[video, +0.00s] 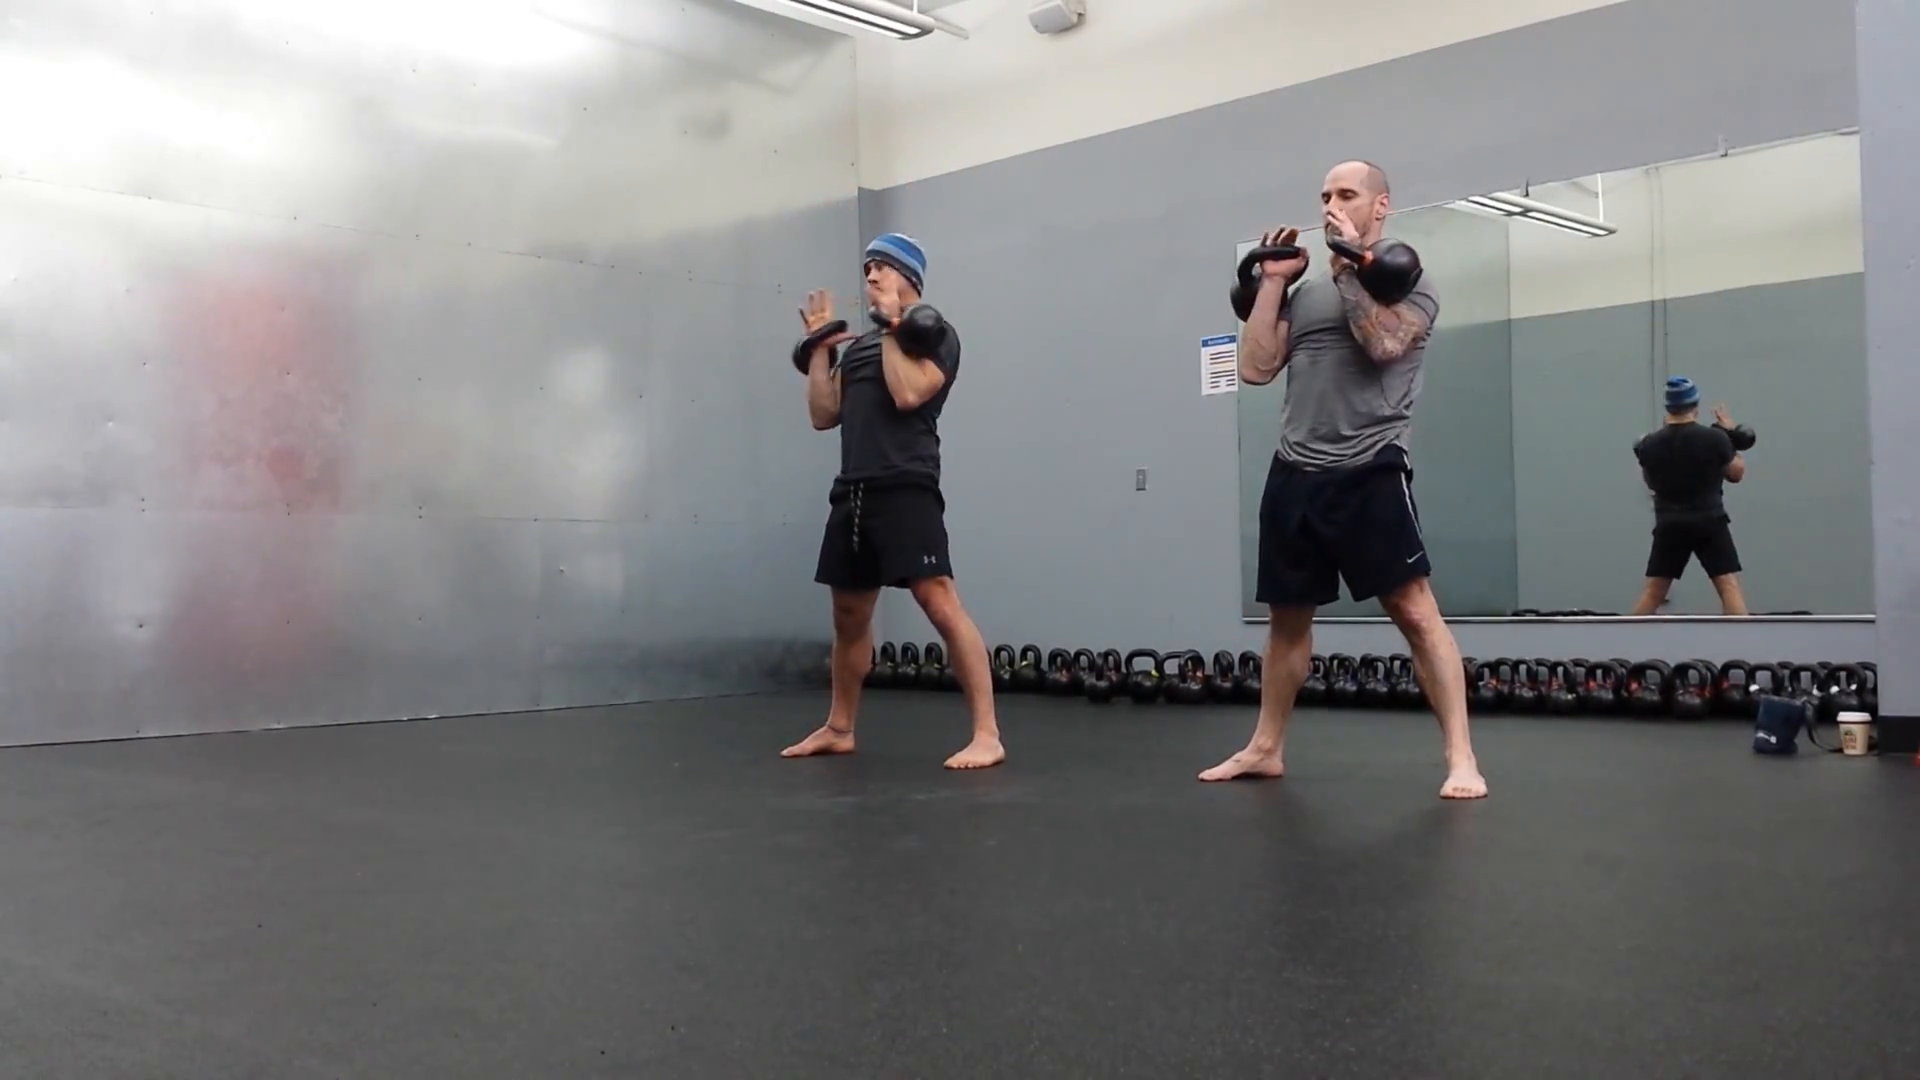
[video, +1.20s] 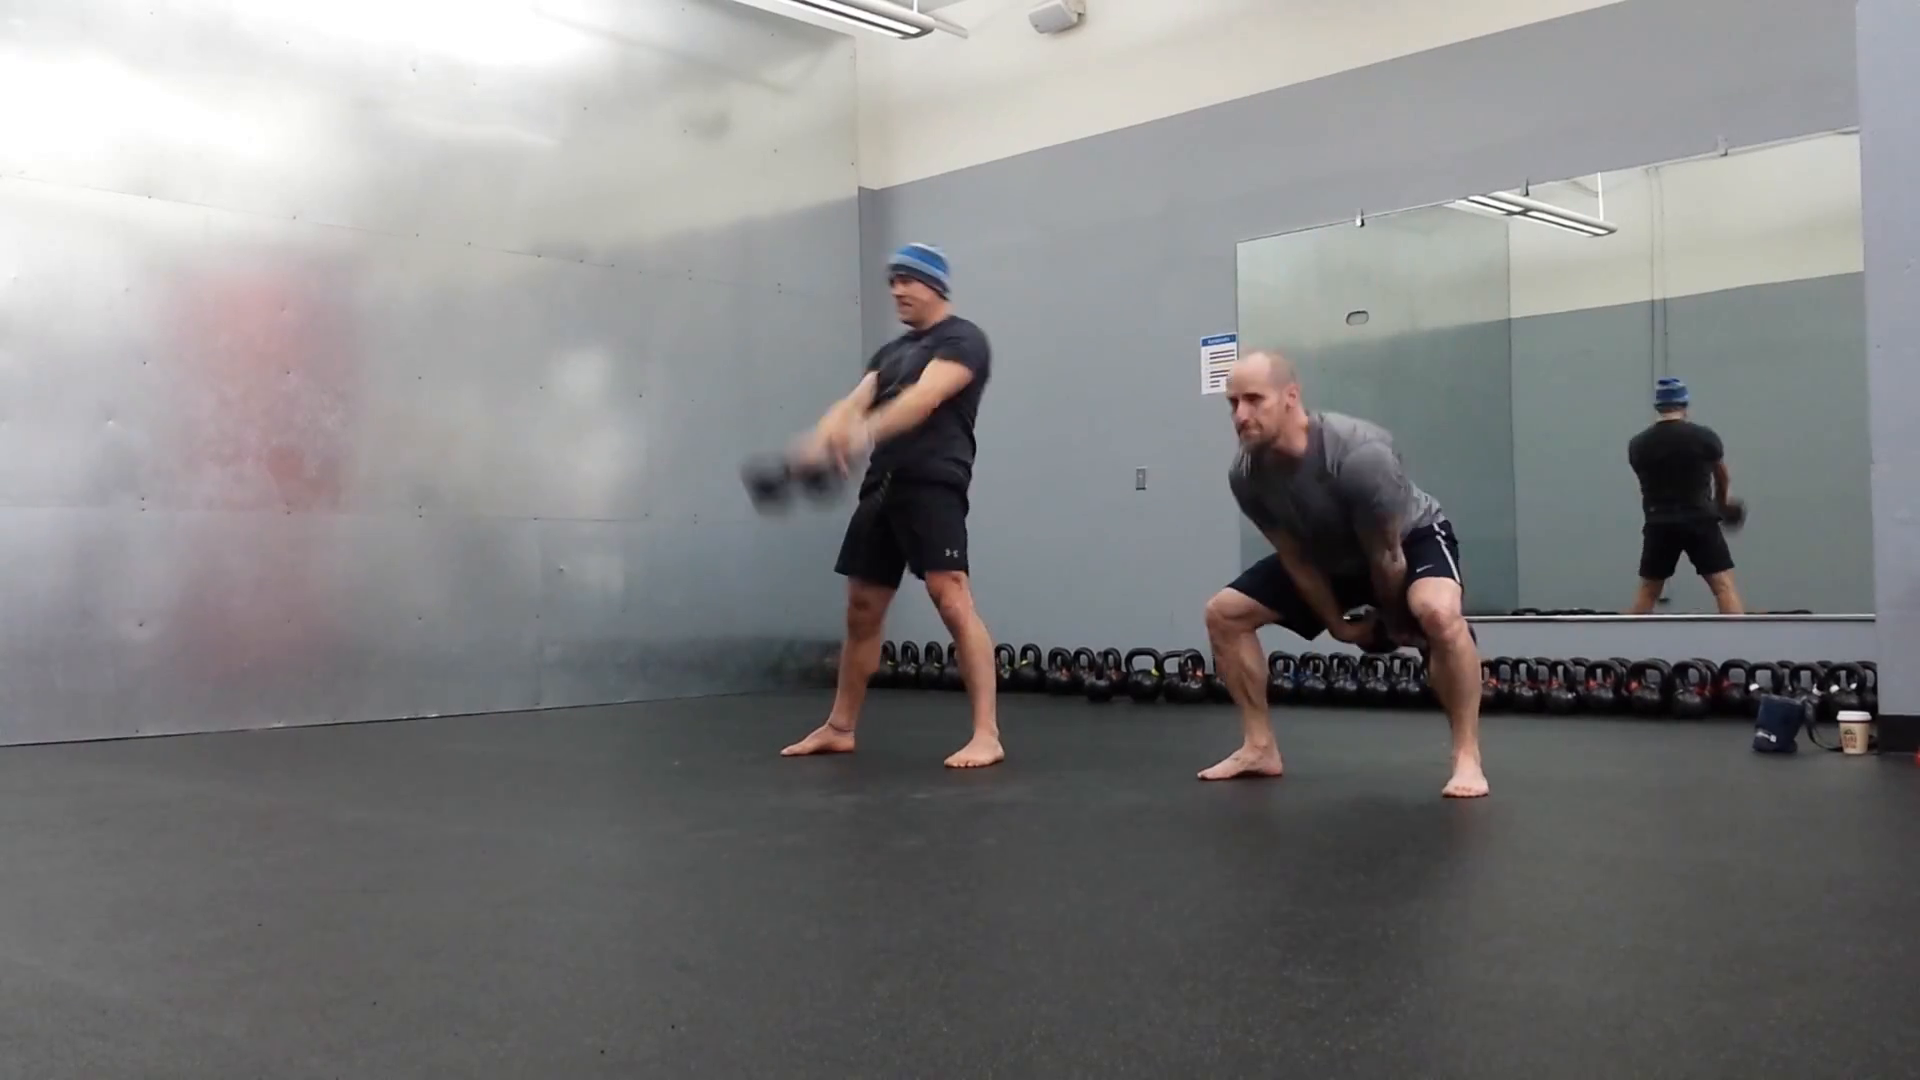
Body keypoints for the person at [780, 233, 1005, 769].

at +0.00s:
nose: (869, 275)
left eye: (879, 267)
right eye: (867, 269)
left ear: (910, 278)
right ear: (869, 282)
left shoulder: (936, 334)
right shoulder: (858, 347)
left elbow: (910, 393)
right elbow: (824, 415)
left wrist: (891, 325)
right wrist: (820, 347)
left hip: (908, 492)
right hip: (852, 494)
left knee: (942, 608)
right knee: (849, 618)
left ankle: (987, 736)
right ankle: (839, 727)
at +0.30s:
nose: (887, 297)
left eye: (896, 286)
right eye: (881, 288)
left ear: (924, 285)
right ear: (878, 290)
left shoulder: (955, 337)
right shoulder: (877, 348)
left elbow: (940, 405)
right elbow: (842, 410)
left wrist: (885, 389)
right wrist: (801, 404)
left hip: (942, 492)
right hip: (891, 494)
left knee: (953, 598)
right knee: (854, 607)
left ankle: (987, 736)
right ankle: (838, 728)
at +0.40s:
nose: (875, 308)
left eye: (883, 298)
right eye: (870, 299)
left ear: (912, 294)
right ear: (871, 301)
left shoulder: (954, 345)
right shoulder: (875, 358)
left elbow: (945, 420)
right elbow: (843, 420)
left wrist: (883, 441)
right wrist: (805, 452)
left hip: (955, 494)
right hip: (904, 499)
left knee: (957, 598)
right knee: (852, 606)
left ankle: (987, 737)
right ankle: (838, 727)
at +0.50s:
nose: (850, 331)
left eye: (858, 319)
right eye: (845, 321)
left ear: (889, 316)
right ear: (846, 324)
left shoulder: (931, 364)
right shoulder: (857, 383)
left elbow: (934, 451)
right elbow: (846, 457)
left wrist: (888, 508)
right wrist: (826, 519)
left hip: (960, 501)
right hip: (908, 511)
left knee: (961, 597)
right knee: (841, 606)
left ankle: (989, 736)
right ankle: (837, 727)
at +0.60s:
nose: (814, 365)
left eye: (822, 352)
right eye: (809, 355)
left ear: (852, 347)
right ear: (813, 358)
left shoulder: (905, 399)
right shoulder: (831, 414)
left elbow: (927, 489)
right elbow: (845, 494)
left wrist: (909, 559)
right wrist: (861, 563)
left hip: (955, 510)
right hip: (898, 517)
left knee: (960, 598)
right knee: (825, 608)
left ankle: (989, 736)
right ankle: (836, 727)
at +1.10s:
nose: (861, 290)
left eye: (872, 280)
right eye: (858, 281)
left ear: (901, 288)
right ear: (857, 293)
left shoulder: (928, 351)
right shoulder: (862, 364)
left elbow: (915, 443)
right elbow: (849, 443)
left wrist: (884, 505)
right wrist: (843, 514)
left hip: (940, 493)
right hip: (888, 494)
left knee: (952, 596)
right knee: (838, 600)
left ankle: (989, 734)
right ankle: (837, 725)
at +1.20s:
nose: (897, 292)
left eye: (907, 281)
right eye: (894, 283)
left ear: (937, 287)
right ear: (896, 290)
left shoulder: (965, 341)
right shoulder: (893, 352)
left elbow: (921, 400)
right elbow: (852, 405)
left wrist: (863, 434)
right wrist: (819, 441)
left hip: (934, 492)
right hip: (881, 491)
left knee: (953, 603)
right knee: (863, 609)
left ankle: (986, 735)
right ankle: (840, 726)